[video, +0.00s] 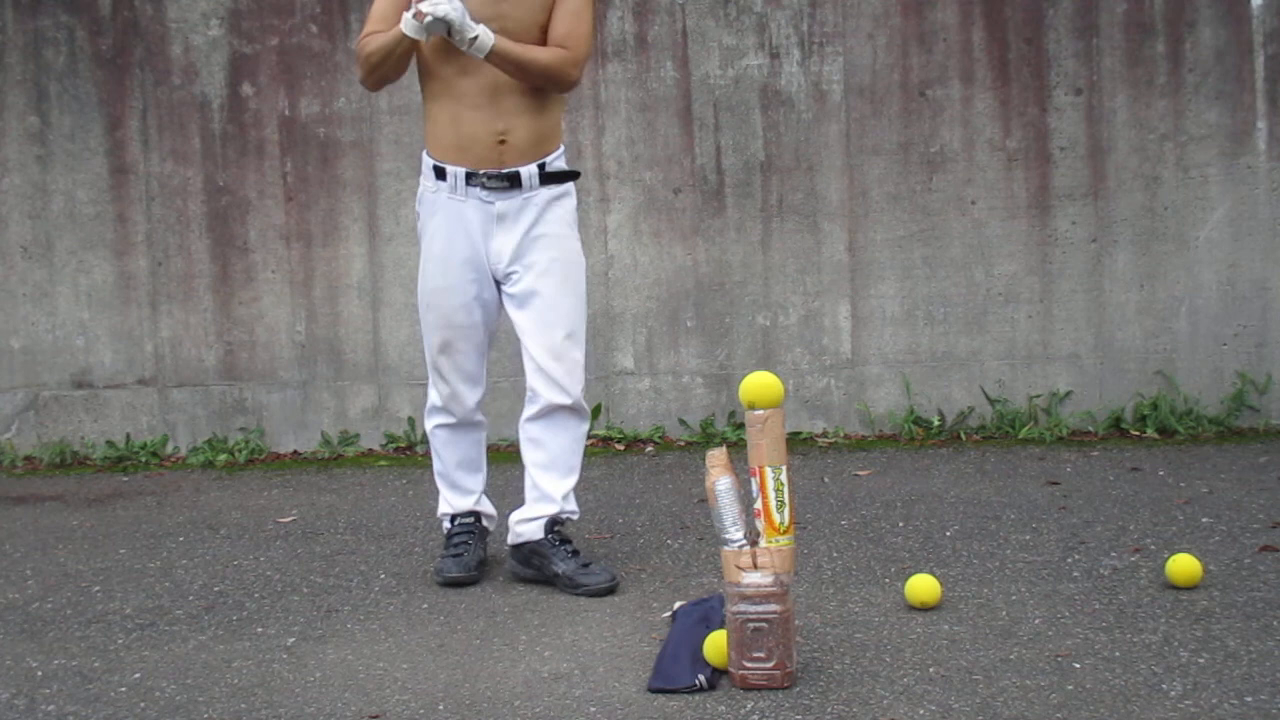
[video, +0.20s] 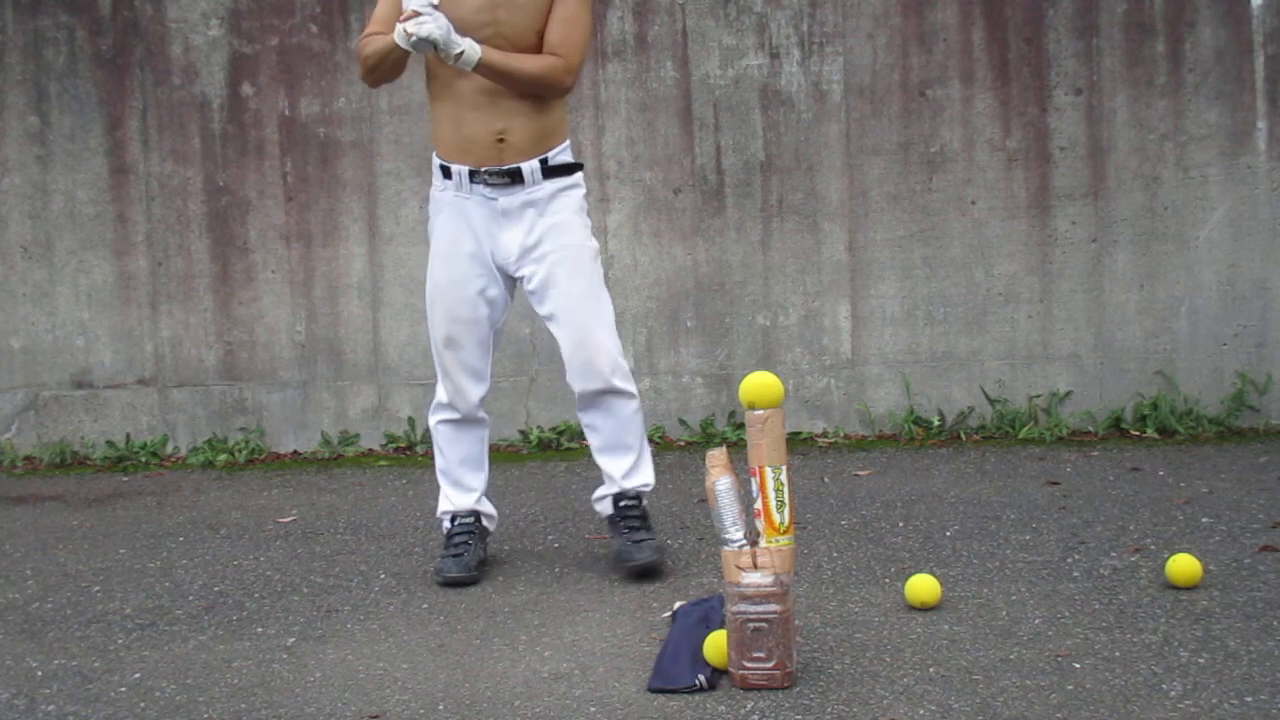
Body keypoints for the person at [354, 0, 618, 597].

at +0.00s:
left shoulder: (568, 1)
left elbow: (566, 71)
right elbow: (370, 72)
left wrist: (480, 39)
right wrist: (413, 27)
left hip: (543, 199)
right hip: (450, 200)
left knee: (559, 378)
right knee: (453, 380)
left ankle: (541, 532)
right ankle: (462, 521)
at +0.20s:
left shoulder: (567, 1)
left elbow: (559, 75)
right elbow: (372, 69)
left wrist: (462, 49)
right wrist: (408, 36)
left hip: (549, 193)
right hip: (458, 199)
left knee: (597, 361)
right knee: (458, 382)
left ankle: (629, 505)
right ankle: (462, 518)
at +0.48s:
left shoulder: (621, 3)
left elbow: (608, 75)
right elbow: (441, 78)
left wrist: (507, 45)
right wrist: (460, 38)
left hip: (592, 201)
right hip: (502, 202)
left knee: (641, 362)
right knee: (477, 378)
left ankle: (687, 506)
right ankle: (465, 517)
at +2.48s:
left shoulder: (627, 5)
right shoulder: (493, 4)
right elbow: (466, 97)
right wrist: (481, 16)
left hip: (605, 195)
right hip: (512, 197)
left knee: (646, 364)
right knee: (479, 375)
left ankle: (686, 507)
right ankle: (454, 517)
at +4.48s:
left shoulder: (632, 1)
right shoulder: (486, 1)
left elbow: (630, 76)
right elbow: (465, 98)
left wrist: (559, 24)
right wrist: (500, 27)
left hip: (606, 196)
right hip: (514, 198)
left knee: (648, 363)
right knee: (481, 374)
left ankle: (686, 507)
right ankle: (455, 517)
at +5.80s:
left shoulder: (669, 8)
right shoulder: (533, 2)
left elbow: (643, 7)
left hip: (636, 222)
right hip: (539, 219)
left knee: (693, 382)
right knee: (476, 382)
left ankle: (725, 516)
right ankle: (446, 509)